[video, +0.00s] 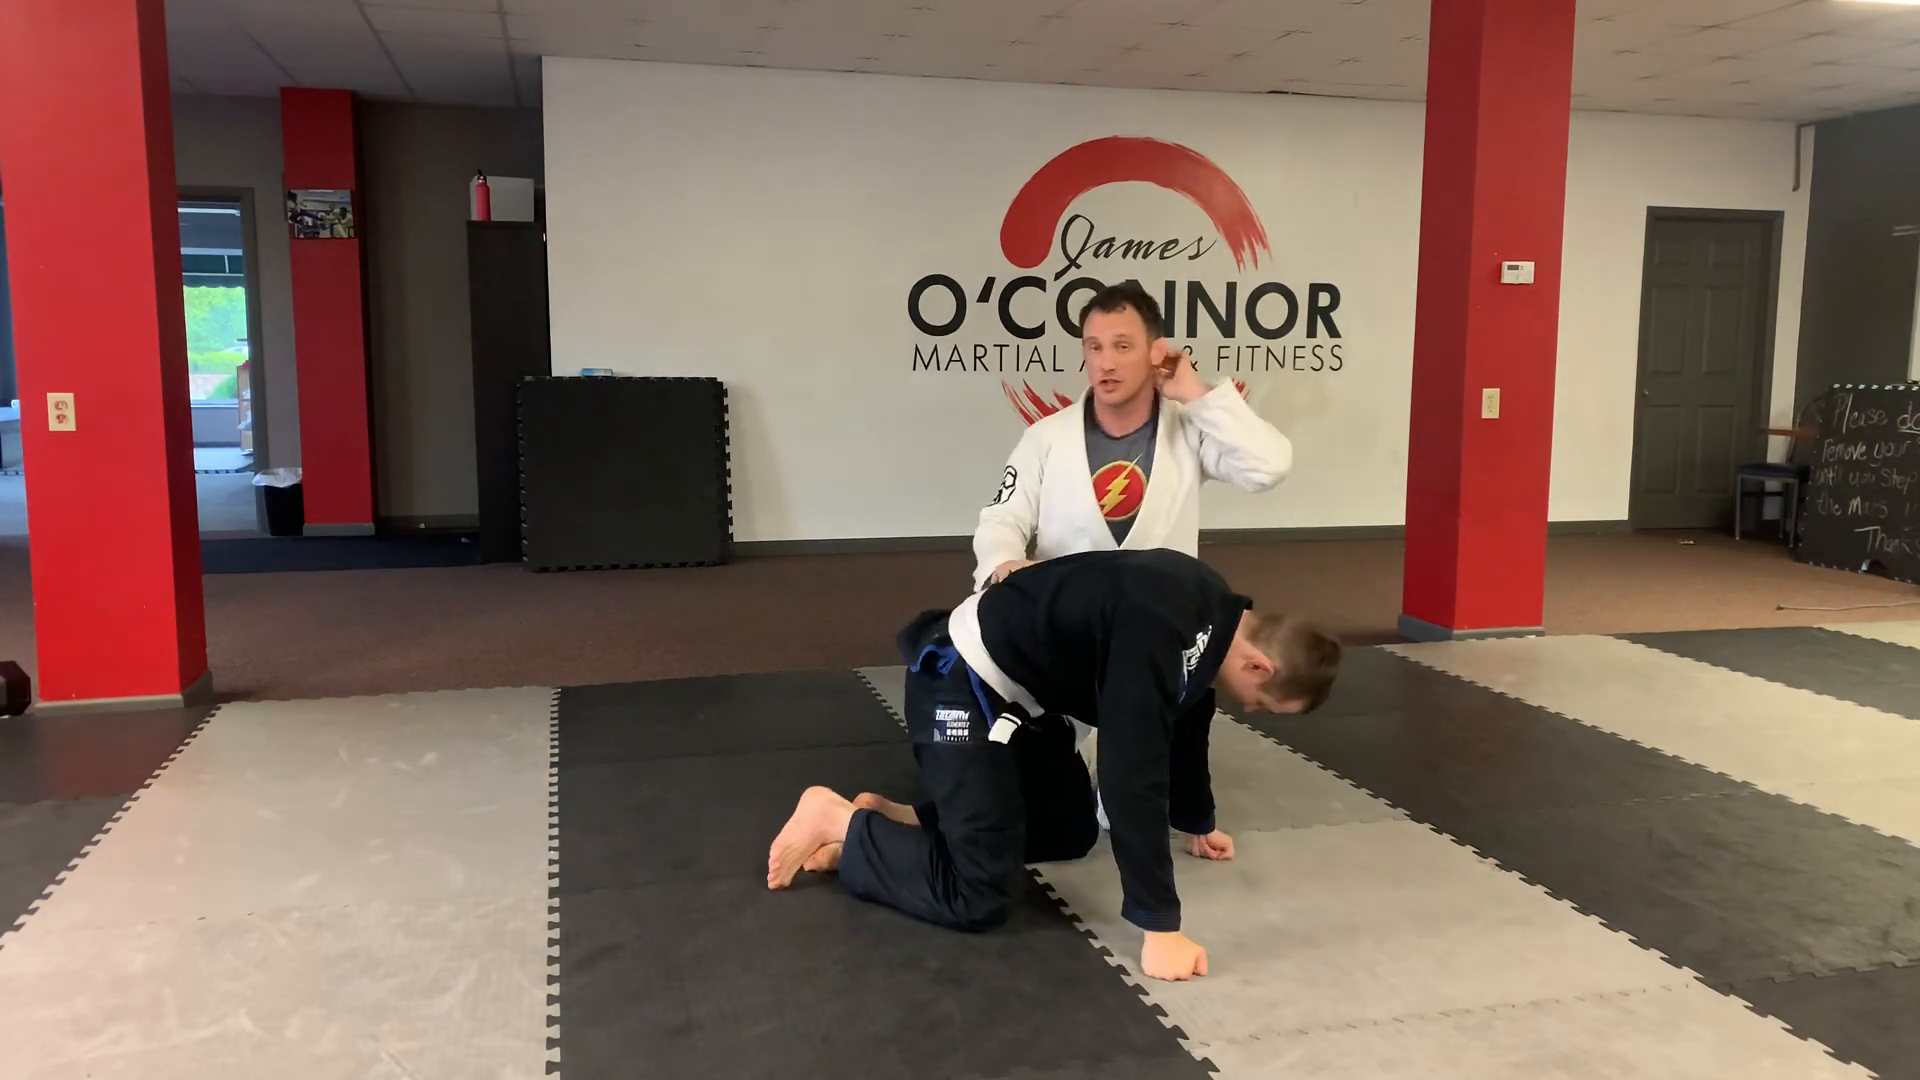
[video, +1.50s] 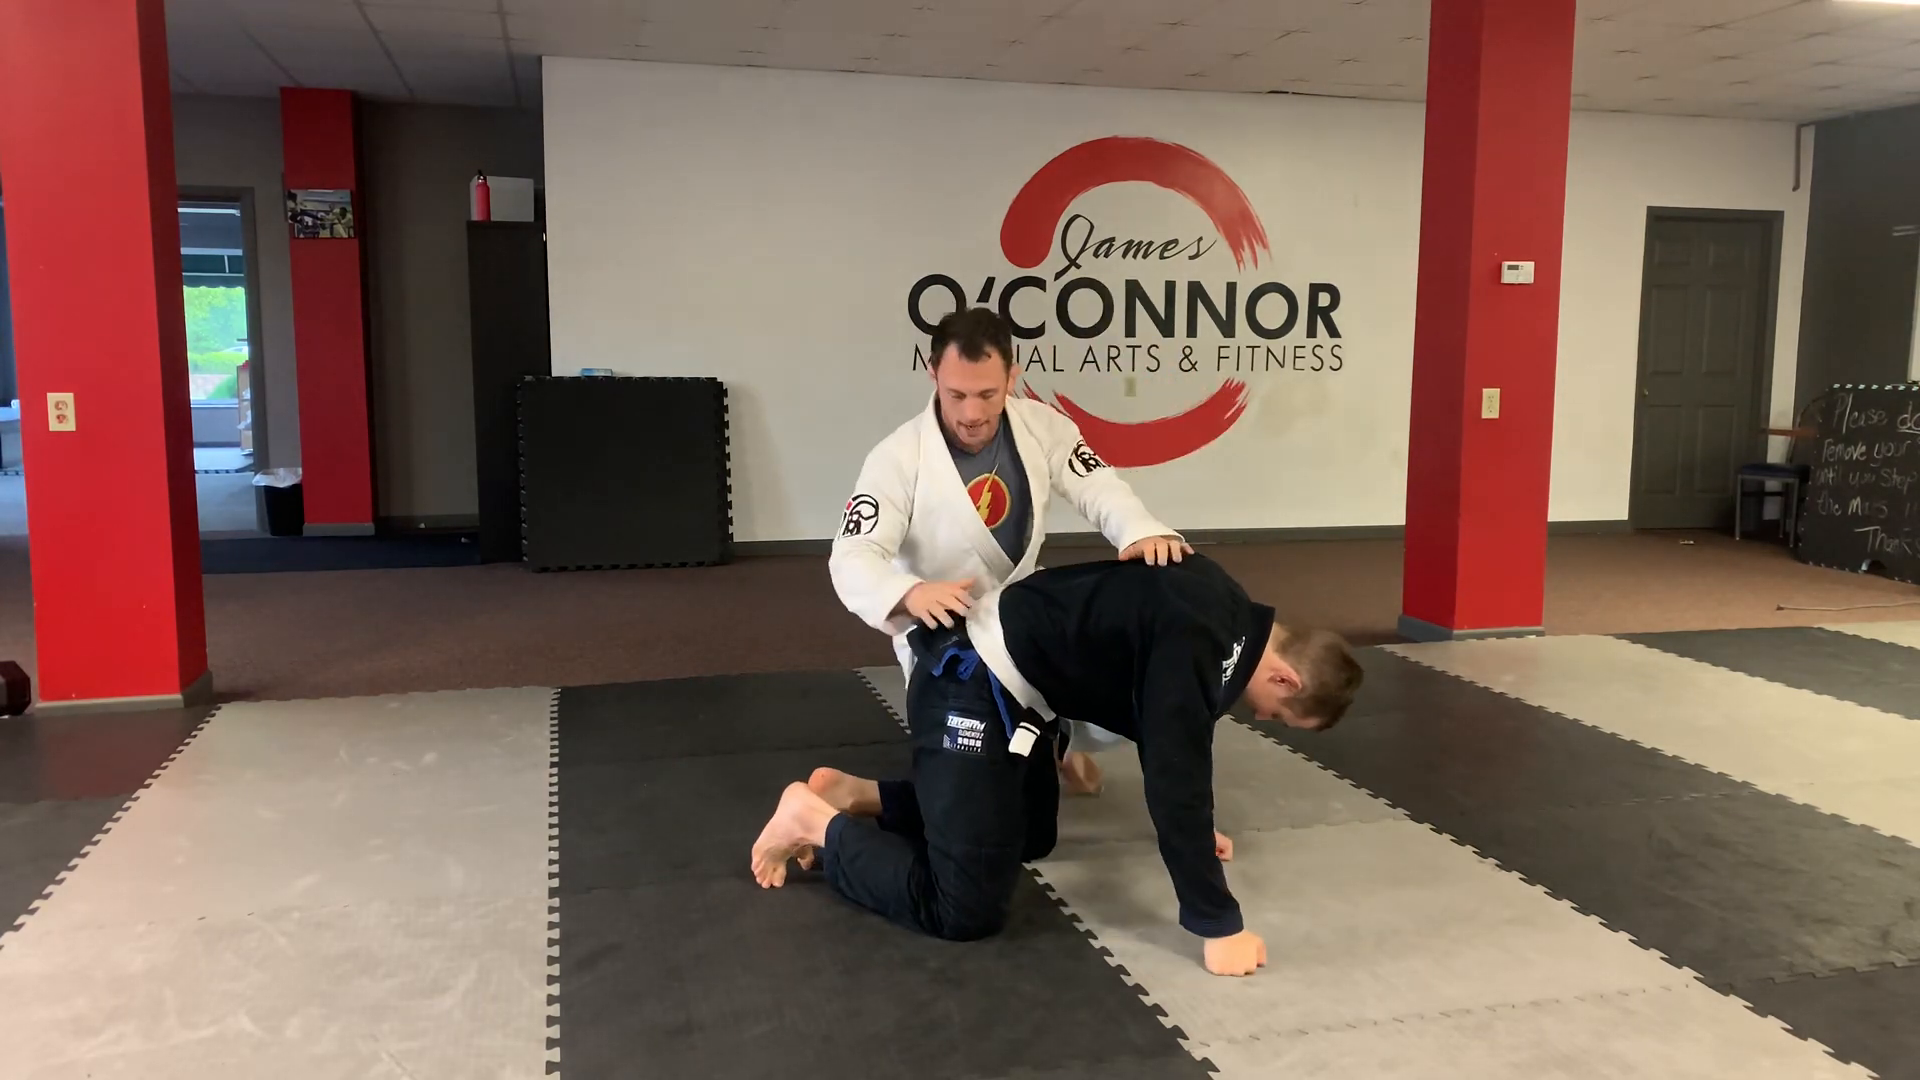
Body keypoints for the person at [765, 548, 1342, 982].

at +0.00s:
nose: (1251, 715)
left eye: (1262, 711)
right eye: (1262, 706)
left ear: (1258, 652)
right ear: (1255, 664)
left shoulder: (1214, 614)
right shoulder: (1158, 625)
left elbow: (1188, 723)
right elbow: (1133, 784)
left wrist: (1197, 819)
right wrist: (1159, 926)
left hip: (1027, 696)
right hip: (961, 682)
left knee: (1066, 832)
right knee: (975, 896)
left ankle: (890, 821)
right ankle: (832, 828)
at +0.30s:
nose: (1258, 710)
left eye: (1270, 707)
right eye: (1270, 702)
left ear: (1270, 649)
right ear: (1266, 661)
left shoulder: (1218, 614)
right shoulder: (1172, 624)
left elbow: (1190, 726)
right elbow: (1139, 783)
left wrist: (1197, 822)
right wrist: (1159, 923)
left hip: (1031, 700)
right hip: (963, 685)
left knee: (1063, 832)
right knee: (967, 902)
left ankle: (890, 816)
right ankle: (835, 830)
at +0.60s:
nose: (1260, 710)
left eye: (1272, 706)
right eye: (1274, 701)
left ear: (1272, 648)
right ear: (1269, 661)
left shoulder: (1216, 610)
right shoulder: (1177, 626)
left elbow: (1190, 724)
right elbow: (1145, 784)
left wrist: (1197, 821)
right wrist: (1161, 922)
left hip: (1019, 696)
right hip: (962, 684)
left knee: (1037, 835)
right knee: (966, 906)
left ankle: (863, 801)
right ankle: (821, 822)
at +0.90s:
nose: (1258, 710)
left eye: (1270, 706)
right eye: (1271, 701)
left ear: (1274, 649)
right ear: (1269, 660)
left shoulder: (1216, 609)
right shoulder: (1177, 622)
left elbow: (1193, 724)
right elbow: (1148, 779)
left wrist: (1197, 821)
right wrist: (1168, 921)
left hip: (1020, 695)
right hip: (962, 682)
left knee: (1035, 834)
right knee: (964, 907)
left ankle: (863, 799)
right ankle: (814, 822)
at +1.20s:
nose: (1256, 715)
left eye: (1269, 712)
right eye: (1270, 709)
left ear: (1273, 658)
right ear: (1270, 668)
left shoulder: (1210, 608)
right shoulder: (1176, 627)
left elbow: (1180, 736)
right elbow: (1162, 781)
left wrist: (1195, 820)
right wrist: (1210, 923)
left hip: (1012, 689)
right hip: (961, 680)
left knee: (1026, 834)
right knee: (964, 908)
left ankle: (854, 795)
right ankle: (815, 824)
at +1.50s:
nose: (1267, 724)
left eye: (1279, 721)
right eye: (1280, 718)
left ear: (1283, 668)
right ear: (1278, 677)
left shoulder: (1225, 610)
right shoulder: (1186, 639)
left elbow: (1181, 739)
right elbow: (1174, 796)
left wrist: (1195, 821)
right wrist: (1217, 925)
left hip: (1021, 687)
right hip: (969, 679)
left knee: (1029, 835)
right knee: (966, 908)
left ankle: (861, 798)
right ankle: (816, 825)